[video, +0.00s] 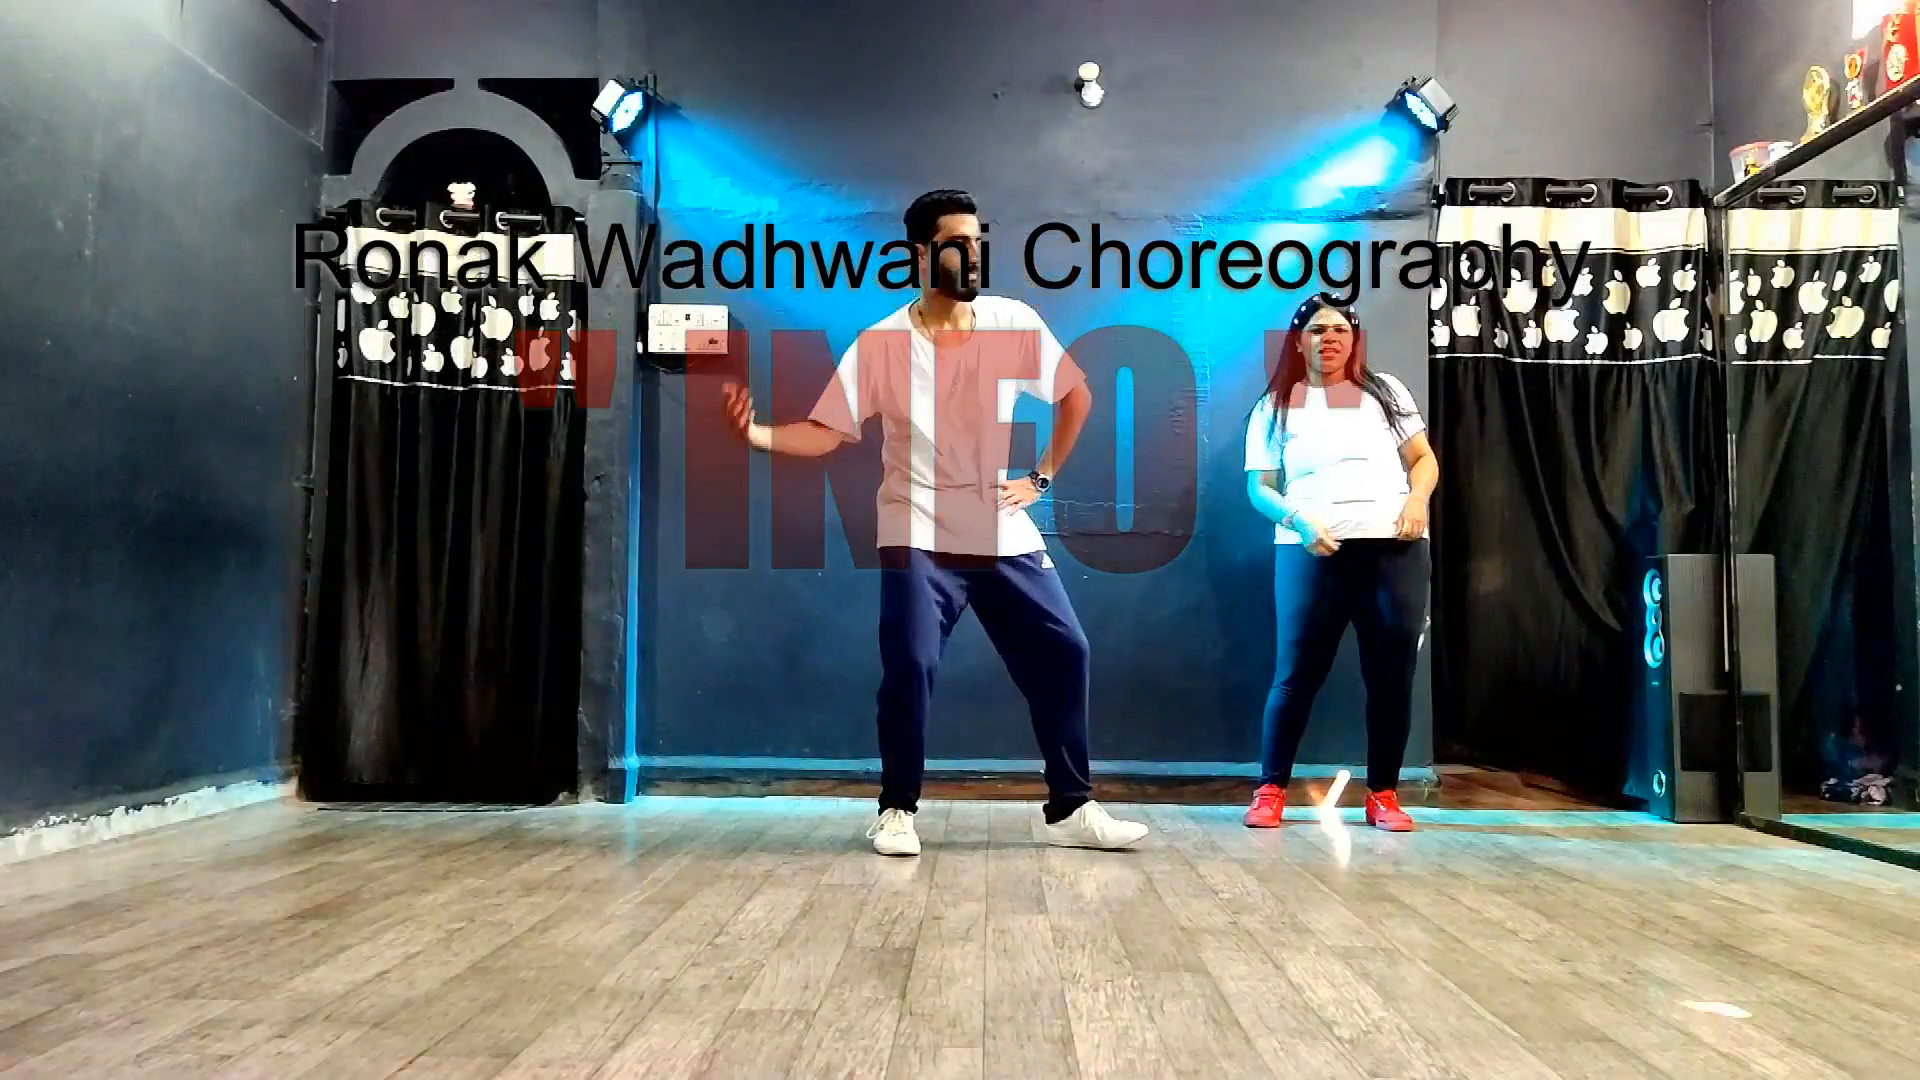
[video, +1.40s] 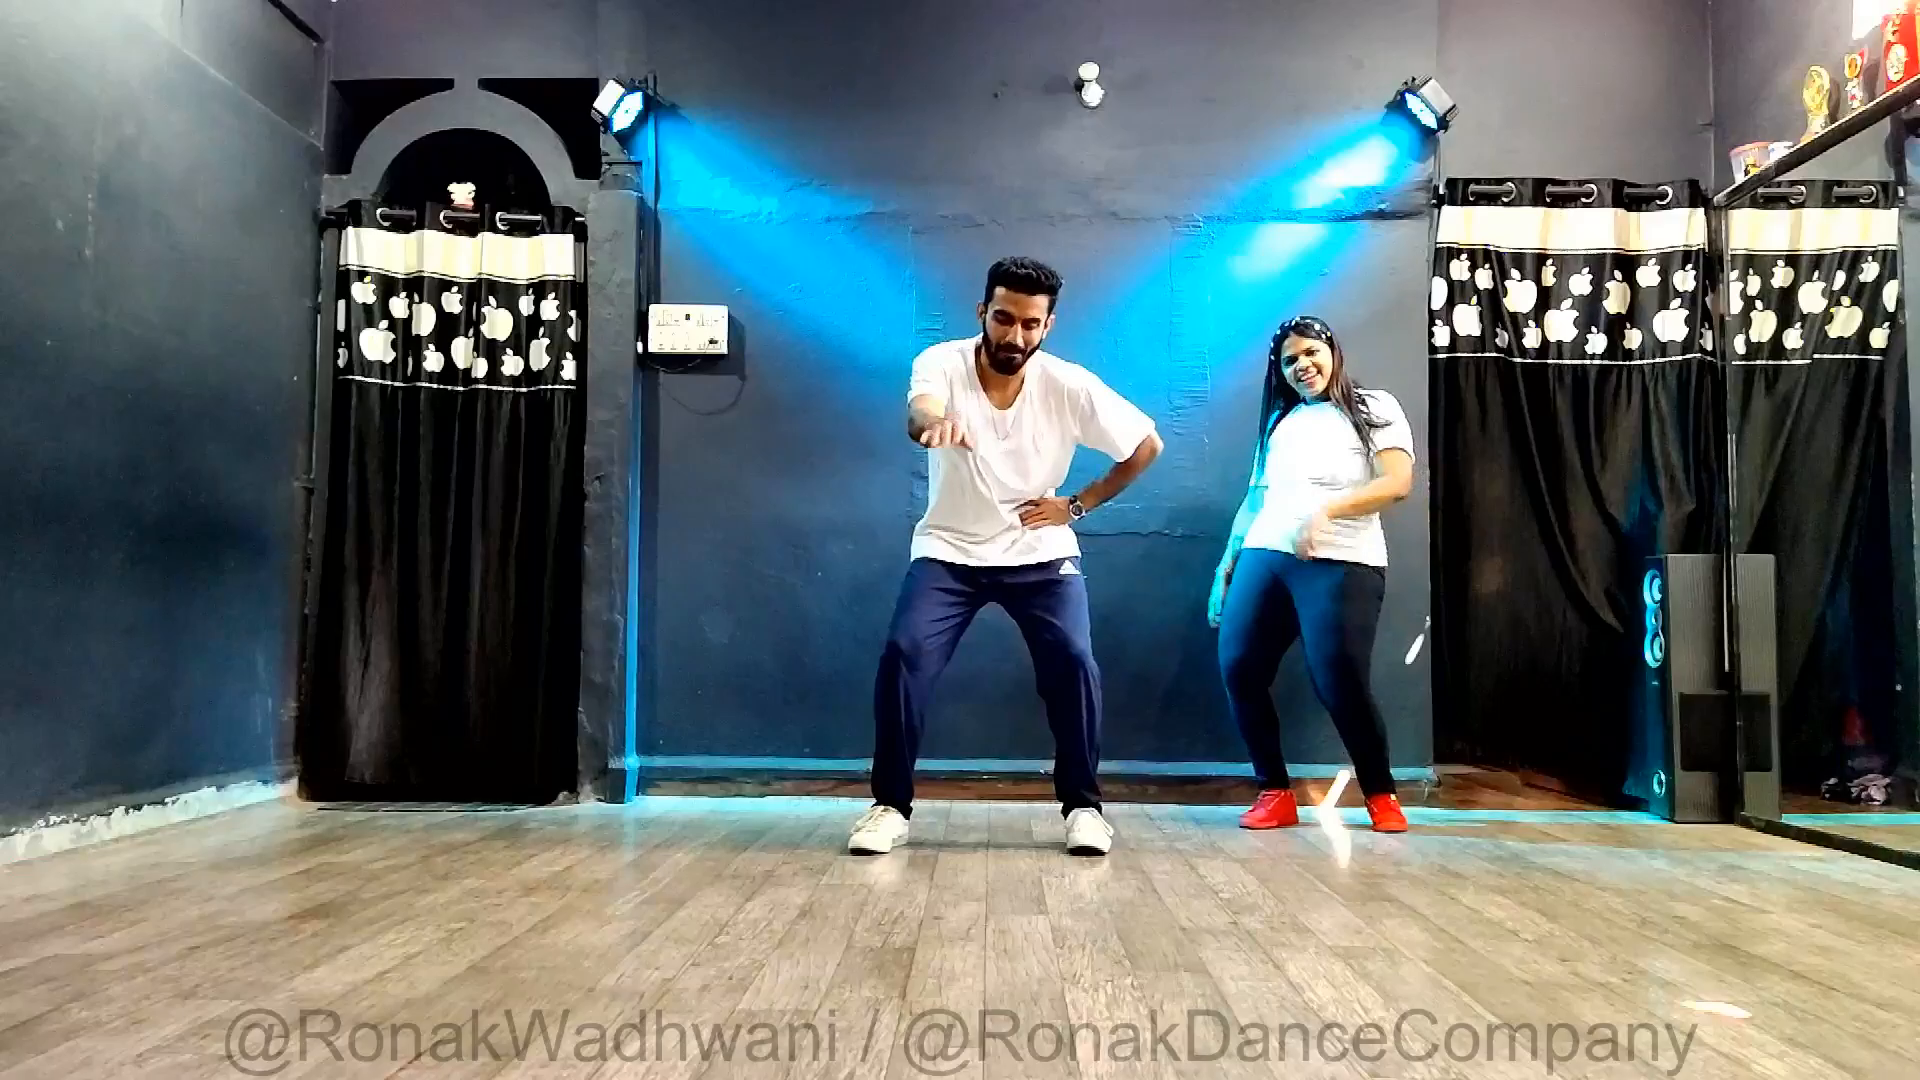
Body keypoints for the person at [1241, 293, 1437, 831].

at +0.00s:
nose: (1329, 338)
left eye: (1338, 330)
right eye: (1318, 330)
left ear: (1354, 339)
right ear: (1300, 340)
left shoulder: (1386, 391)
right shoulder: (1274, 407)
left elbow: (1424, 460)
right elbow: (1261, 488)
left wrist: (1417, 497)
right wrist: (1302, 521)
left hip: (1391, 548)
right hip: (1310, 552)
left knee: (1391, 680)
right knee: (1294, 676)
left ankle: (1382, 795)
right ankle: (1270, 790)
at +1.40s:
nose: (1303, 366)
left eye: (1311, 353)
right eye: (1291, 360)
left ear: (1331, 352)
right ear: (1283, 371)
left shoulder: (1374, 405)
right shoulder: (1280, 426)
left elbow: (1397, 480)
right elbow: (1253, 505)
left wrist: (1328, 509)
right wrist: (1226, 570)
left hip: (1339, 557)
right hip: (1265, 554)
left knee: (1337, 680)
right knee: (1241, 668)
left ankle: (1380, 796)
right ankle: (1276, 793)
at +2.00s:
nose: (1338, 361)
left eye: (1346, 350)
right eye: (1324, 354)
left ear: (1358, 355)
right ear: (1303, 362)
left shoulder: (1372, 412)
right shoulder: (1277, 413)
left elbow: (1405, 476)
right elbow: (1255, 483)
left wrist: (1426, 538)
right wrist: (1254, 547)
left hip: (1378, 553)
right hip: (1306, 552)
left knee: (1422, 669)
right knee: (1326, 674)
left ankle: (1392, 796)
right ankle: (1293, 795)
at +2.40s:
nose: (1352, 324)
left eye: (1362, 317)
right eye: (1342, 317)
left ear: (1379, 330)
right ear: (1324, 330)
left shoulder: (1395, 395)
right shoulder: (1291, 380)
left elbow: (1403, 468)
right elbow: (1276, 455)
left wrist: (1351, 483)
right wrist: (1317, 482)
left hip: (1365, 547)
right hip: (1290, 543)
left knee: (1382, 671)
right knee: (1296, 672)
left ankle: (1378, 791)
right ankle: (1288, 792)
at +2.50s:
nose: (1364, 329)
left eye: (1376, 321)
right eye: (1355, 320)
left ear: (1394, 333)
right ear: (1339, 329)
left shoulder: (1404, 391)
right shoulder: (1295, 377)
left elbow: (1392, 452)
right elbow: (1243, 428)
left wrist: (1310, 445)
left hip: (1373, 544)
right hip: (1296, 539)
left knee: (1385, 672)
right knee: (1300, 670)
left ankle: (1380, 793)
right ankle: (1289, 792)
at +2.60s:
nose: (1367, 326)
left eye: (1379, 319)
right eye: (1357, 319)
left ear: (1398, 333)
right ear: (1343, 329)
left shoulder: (1408, 386)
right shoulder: (1299, 373)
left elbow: (1392, 438)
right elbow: (1221, 400)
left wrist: (1304, 429)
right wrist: (1181, 378)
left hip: (1378, 544)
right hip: (1298, 538)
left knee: (1386, 675)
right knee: (1302, 671)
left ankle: (1381, 792)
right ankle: (1289, 793)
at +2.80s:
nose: (1324, 328)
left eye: (1336, 319)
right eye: (1313, 320)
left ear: (1359, 325)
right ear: (1302, 329)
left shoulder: (1383, 366)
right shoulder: (1286, 374)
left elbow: (1395, 425)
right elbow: (1247, 356)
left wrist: (1328, 468)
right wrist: (1213, 316)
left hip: (1385, 540)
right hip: (1306, 538)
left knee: (1392, 669)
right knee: (1299, 644)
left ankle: (1392, 791)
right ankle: (1292, 775)